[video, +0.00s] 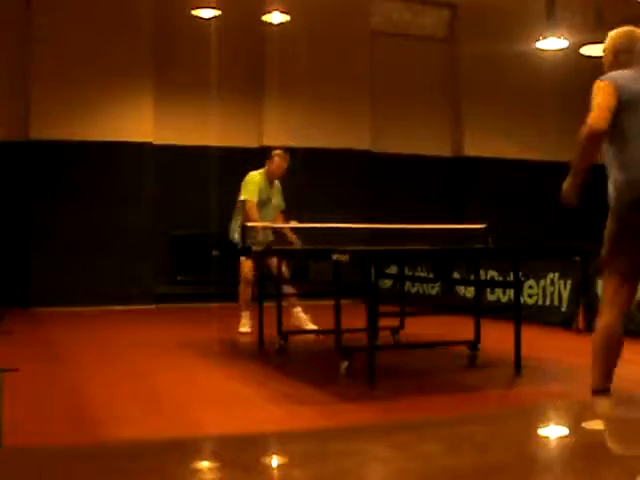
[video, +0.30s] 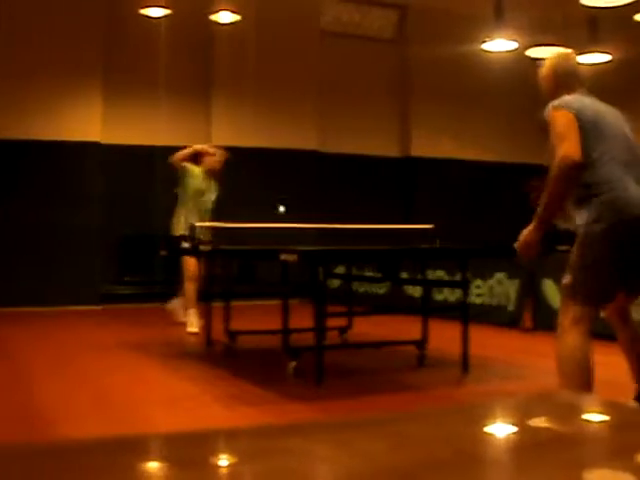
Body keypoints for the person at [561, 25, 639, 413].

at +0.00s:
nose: (602, 61)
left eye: (605, 56)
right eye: (604, 55)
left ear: (613, 56)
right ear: (635, 55)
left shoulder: (612, 82)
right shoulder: (625, 83)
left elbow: (596, 127)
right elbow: (597, 128)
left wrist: (576, 176)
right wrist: (579, 175)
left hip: (630, 202)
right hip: (628, 202)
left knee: (616, 294)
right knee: (615, 294)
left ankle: (601, 393)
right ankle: (601, 392)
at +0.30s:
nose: (539, 77)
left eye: (541, 71)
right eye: (540, 71)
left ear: (551, 78)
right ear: (577, 78)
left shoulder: (562, 107)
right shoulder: (610, 113)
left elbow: (569, 156)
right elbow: (627, 165)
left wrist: (537, 226)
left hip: (610, 216)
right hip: (637, 215)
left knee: (575, 314)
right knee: (619, 308)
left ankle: (575, 410)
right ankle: (638, 389)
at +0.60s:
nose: (517, 95)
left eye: (517, 87)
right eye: (516, 87)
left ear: (527, 85)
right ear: (555, 80)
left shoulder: (553, 107)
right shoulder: (575, 107)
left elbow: (577, 148)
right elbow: (599, 176)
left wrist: (563, 219)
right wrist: (551, 201)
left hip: (615, 215)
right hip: (632, 213)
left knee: (564, 318)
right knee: (605, 319)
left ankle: (561, 414)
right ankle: (636, 396)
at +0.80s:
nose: (512, 157)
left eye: (513, 147)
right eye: (510, 148)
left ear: (529, 141)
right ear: (545, 135)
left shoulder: (557, 154)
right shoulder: (570, 152)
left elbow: (601, 182)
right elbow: (581, 233)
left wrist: (607, 250)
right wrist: (537, 240)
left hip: (632, 245)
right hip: (634, 246)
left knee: (566, 319)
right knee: (600, 324)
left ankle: (575, 414)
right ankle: (636, 398)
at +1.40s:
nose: (516, 101)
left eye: (517, 92)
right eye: (516, 92)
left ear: (526, 93)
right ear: (560, 89)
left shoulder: (546, 115)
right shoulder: (576, 117)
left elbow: (568, 157)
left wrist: (580, 231)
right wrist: (547, 238)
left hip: (616, 227)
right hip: (635, 225)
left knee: (548, 315)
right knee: (603, 316)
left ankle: (565, 410)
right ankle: (633, 397)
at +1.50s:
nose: (516, 81)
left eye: (518, 73)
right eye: (516, 73)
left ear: (525, 75)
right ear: (562, 76)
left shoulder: (541, 101)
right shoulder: (581, 107)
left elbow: (547, 144)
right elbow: (602, 177)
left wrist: (532, 214)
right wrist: (559, 216)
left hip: (604, 219)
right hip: (631, 214)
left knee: (543, 314)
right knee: (602, 311)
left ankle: (561, 414)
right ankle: (632, 401)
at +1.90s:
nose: (533, 51)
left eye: (535, 45)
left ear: (539, 47)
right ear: (579, 51)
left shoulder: (541, 74)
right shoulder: (601, 90)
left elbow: (541, 106)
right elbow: (612, 155)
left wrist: (526, 177)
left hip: (562, 211)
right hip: (614, 213)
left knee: (498, 311)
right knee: (616, 327)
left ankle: (512, 407)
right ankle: (635, 414)